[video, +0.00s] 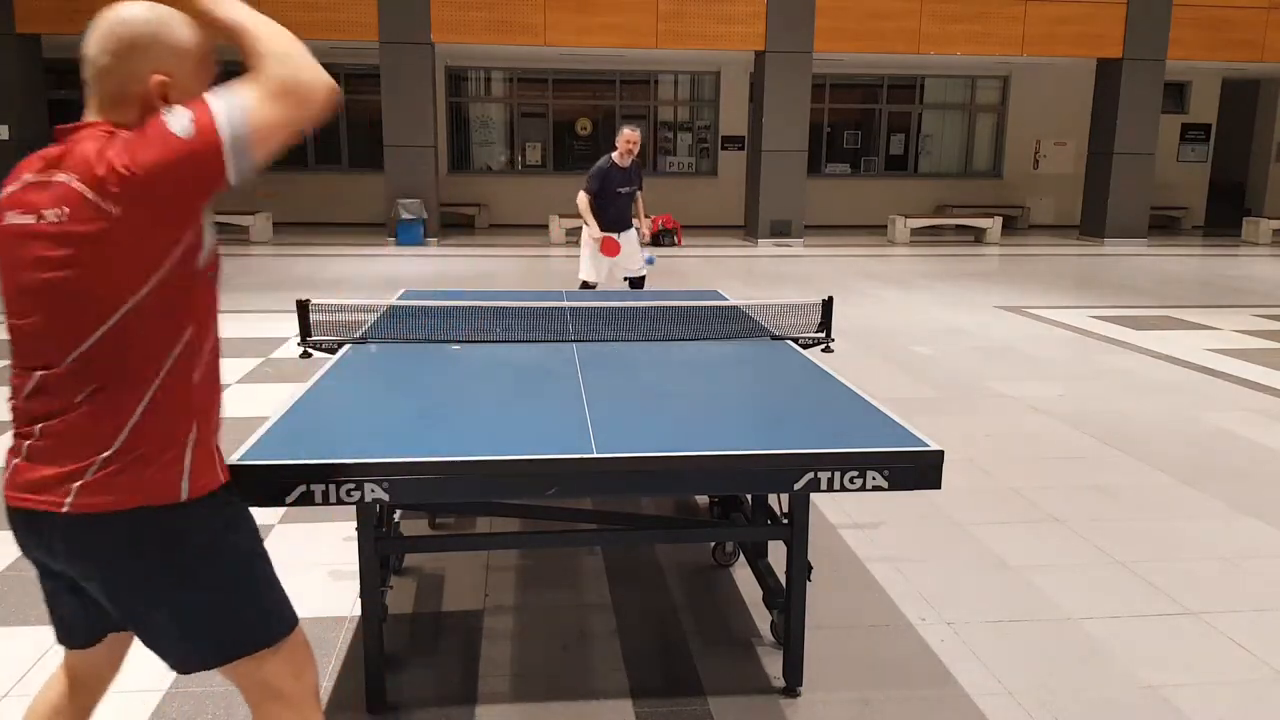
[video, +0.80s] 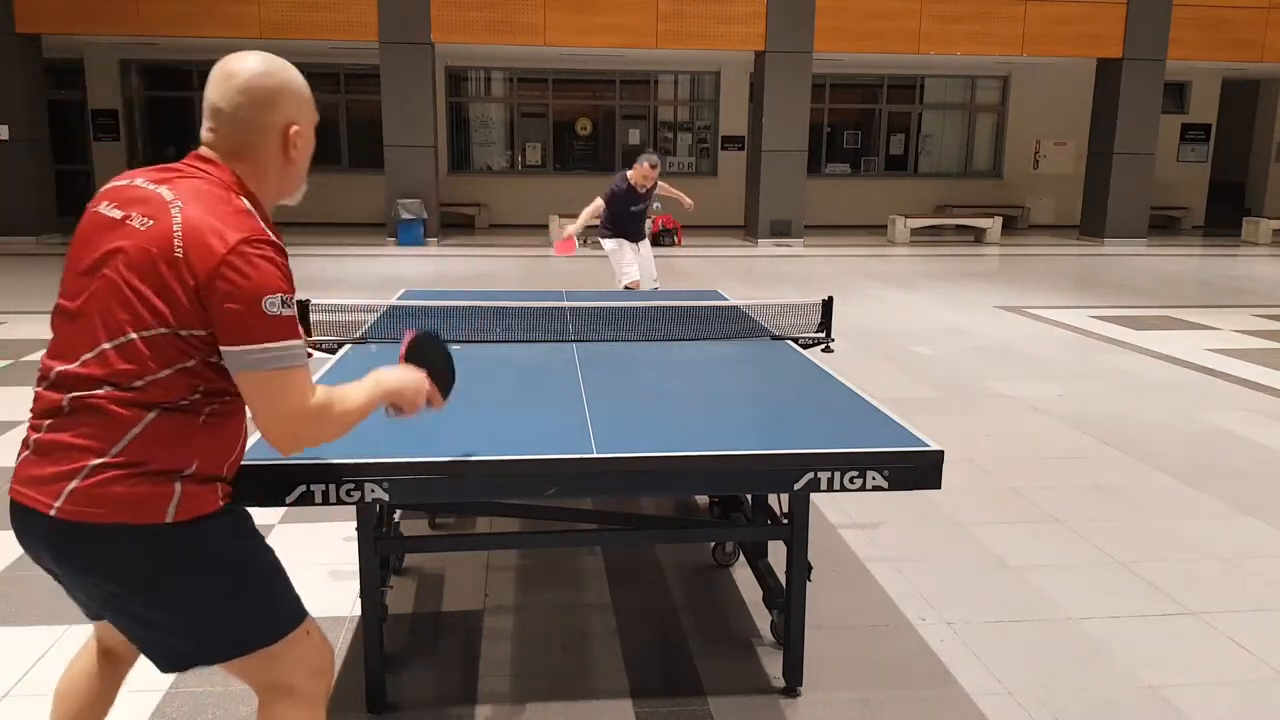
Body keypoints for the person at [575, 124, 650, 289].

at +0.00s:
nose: (631, 147)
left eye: (635, 143)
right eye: (627, 142)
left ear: (639, 145)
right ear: (617, 142)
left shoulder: (635, 166)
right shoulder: (603, 167)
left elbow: (637, 196)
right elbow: (582, 199)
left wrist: (643, 224)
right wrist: (594, 228)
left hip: (626, 233)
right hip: (598, 234)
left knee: (638, 276)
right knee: (590, 282)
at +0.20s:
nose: (642, 161)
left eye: (646, 157)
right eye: (638, 156)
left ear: (650, 159)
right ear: (628, 154)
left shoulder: (645, 177)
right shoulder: (615, 178)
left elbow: (645, 204)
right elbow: (596, 211)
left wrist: (653, 233)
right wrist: (610, 243)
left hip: (632, 239)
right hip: (607, 240)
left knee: (638, 284)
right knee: (608, 284)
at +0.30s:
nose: (649, 170)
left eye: (653, 166)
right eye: (646, 164)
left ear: (657, 167)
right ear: (635, 161)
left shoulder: (648, 180)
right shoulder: (619, 182)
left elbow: (649, 208)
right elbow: (609, 222)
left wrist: (659, 237)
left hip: (631, 234)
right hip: (605, 233)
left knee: (639, 280)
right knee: (617, 276)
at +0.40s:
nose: (654, 183)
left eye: (658, 179)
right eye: (651, 176)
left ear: (662, 178)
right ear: (641, 168)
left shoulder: (649, 186)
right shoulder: (623, 188)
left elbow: (650, 211)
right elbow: (623, 232)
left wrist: (662, 238)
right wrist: (650, 233)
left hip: (630, 234)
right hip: (606, 233)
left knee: (640, 280)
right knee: (625, 276)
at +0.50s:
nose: (656, 199)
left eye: (659, 197)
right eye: (654, 193)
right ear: (644, 182)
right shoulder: (624, 201)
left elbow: (651, 212)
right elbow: (626, 243)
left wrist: (662, 234)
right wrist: (655, 243)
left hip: (631, 239)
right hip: (607, 241)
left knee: (644, 282)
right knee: (633, 282)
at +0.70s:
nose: (652, 197)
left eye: (656, 193)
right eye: (650, 192)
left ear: (660, 190)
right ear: (640, 181)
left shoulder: (645, 186)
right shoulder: (622, 200)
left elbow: (659, 195)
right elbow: (605, 233)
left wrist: (677, 207)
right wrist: (590, 258)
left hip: (637, 243)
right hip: (616, 245)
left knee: (649, 284)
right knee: (636, 285)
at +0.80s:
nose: (649, 184)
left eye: (653, 180)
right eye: (646, 178)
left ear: (657, 176)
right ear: (635, 169)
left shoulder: (650, 183)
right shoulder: (619, 187)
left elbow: (659, 187)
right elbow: (594, 207)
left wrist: (682, 197)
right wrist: (576, 227)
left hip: (639, 237)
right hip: (615, 237)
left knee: (651, 285)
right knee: (632, 283)